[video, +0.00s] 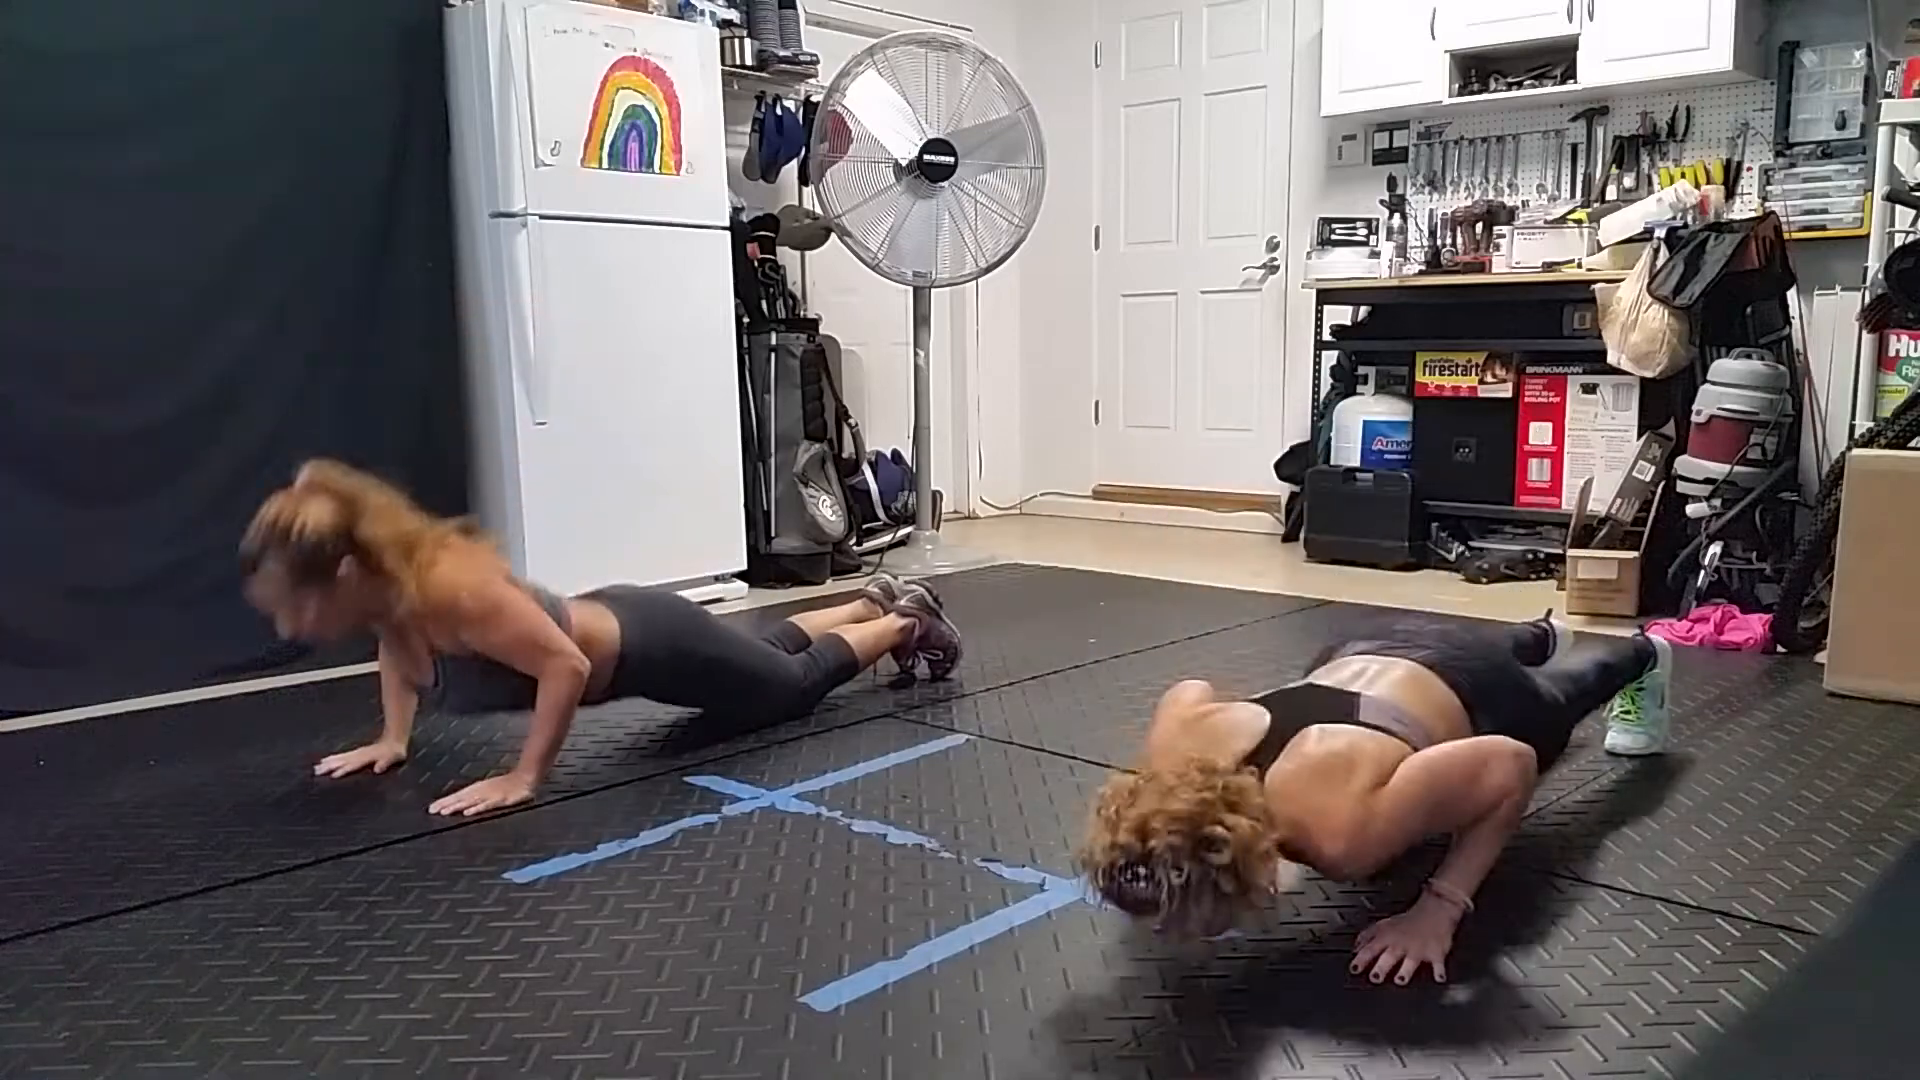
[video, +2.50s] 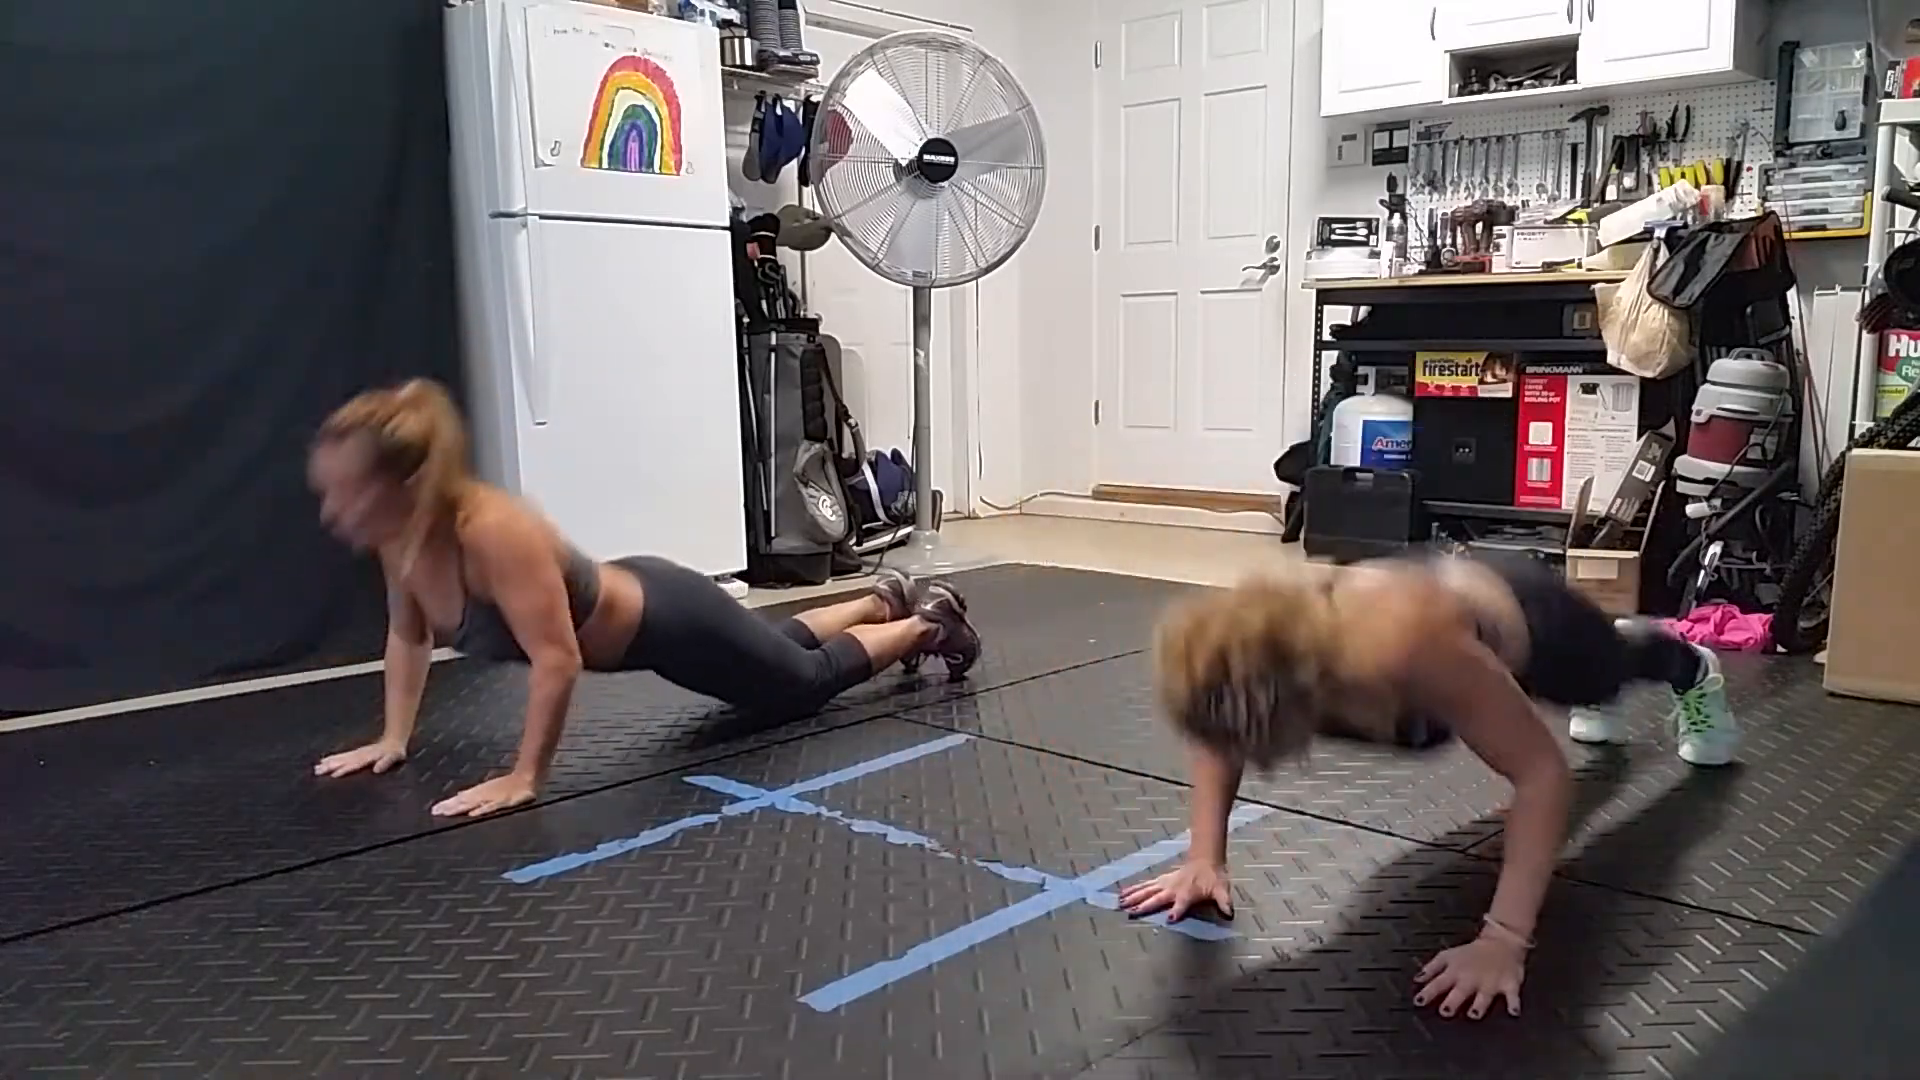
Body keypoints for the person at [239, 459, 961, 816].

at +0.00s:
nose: (289, 633)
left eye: (288, 615)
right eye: (278, 620)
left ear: (337, 577)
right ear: (329, 573)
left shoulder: (453, 591)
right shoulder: (391, 588)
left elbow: (565, 667)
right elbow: (397, 659)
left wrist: (521, 777)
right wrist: (391, 742)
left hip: (655, 644)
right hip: (611, 620)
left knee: (799, 678)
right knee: (757, 644)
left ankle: (907, 621)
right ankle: (871, 603)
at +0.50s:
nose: (271, 577)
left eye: (276, 557)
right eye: (263, 560)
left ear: (328, 535)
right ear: (316, 542)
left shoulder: (445, 564)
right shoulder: (366, 574)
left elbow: (556, 661)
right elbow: (394, 653)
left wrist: (521, 778)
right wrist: (391, 745)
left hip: (649, 628)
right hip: (605, 614)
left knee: (802, 687)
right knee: (760, 645)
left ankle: (900, 618)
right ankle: (869, 604)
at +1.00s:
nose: (353, 415)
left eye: (369, 398)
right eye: (346, 400)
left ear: (428, 400)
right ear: (357, 409)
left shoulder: (487, 465)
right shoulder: (405, 501)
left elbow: (355, 439)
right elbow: (403, 621)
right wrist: (392, 740)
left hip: (682, 577)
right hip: (644, 585)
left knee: (812, 680)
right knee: (777, 643)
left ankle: (918, 631)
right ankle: (874, 607)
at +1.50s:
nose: (338, 457)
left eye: (347, 437)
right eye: (331, 442)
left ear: (410, 417)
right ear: (384, 430)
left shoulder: (497, 488)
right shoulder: (401, 502)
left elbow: (534, 626)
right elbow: (410, 623)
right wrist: (393, 739)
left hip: (678, 586)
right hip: (637, 600)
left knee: (806, 682)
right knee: (769, 653)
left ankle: (920, 623)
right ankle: (878, 598)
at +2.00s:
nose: (296, 716)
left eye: (291, 699)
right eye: (282, 706)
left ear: (322, 662)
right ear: (318, 658)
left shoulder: (430, 638)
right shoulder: (370, 644)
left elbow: (580, 667)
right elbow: (425, 681)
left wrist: (525, 779)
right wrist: (400, 734)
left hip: (651, 660)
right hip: (607, 638)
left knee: (806, 681)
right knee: (761, 644)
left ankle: (914, 620)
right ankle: (871, 599)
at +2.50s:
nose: (326, 511)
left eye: (338, 494)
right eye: (322, 495)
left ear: (397, 482)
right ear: (376, 487)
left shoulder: (493, 530)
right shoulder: (399, 538)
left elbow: (556, 659)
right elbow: (409, 638)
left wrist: (524, 777)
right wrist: (394, 739)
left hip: (674, 623)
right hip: (632, 606)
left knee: (807, 680)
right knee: (773, 643)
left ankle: (924, 627)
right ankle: (878, 598)